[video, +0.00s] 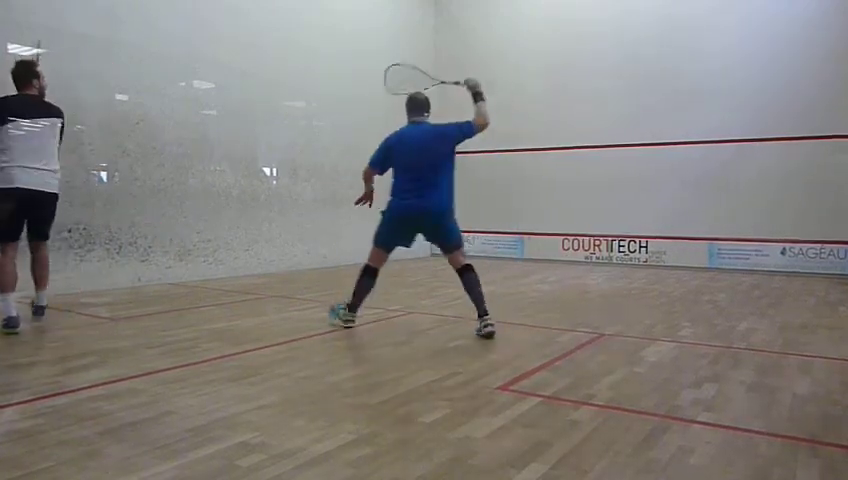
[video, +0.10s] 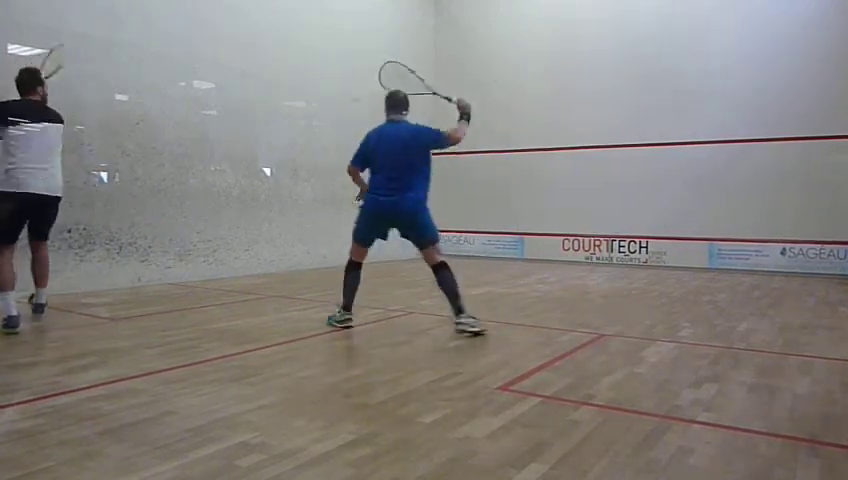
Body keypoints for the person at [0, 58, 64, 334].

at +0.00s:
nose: (44, 82)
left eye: (42, 77)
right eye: (42, 77)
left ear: (15, 83)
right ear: (35, 81)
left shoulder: (4, 106)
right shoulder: (55, 113)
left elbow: (3, 142)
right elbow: (55, 146)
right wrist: (42, 100)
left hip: (10, 187)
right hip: (46, 189)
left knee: (7, 250)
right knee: (40, 246)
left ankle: (9, 313)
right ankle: (40, 304)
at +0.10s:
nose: (45, 91)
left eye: (43, 86)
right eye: (44, 87)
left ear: (19, 89)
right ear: (39, 89)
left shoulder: (6, 110)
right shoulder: (55, 117)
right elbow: (52, 149)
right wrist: (42, 105)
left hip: (13, 190)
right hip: (49, 192)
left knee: (6, 250)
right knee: (40, 244)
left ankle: (10, 312)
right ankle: (40, 302)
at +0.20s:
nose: (48, 105)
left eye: (47, 101)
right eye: (47, 101)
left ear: (25, 101)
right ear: (46, 101)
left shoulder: (13, 119)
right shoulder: (58, 126)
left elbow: (2, 137)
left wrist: (7, 110)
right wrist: (15, 112)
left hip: (22, 195)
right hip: (57, 197)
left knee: (4, 250)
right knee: (40, 243)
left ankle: (9, 308)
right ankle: (42, 301)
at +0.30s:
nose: (32, 112)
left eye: (32, 110)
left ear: (31, 115)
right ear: (54, 118)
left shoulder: (22, 129)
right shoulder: (63, 141)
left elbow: (4, 160)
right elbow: (50, 177)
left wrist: (9, 176)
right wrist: (13, 176)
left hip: (30, 201)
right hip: (63, 206)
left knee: (1, 246)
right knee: (40, 246)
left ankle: (4, 301)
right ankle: (43, 301)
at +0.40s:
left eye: (39, 133)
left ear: (39, 134)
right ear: (60, 137)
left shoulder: (29, 148)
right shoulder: (72, 157)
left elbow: (15, 186)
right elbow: (69, 191)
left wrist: (13, 206)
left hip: (33, 209)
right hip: (66, 215)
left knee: (1, 246)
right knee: (43, 245)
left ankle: (5, 297)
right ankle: (44, 301)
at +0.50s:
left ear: (45, 142)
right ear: (67, 144)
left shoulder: (30, 157)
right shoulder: (81, 167)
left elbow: (11, 192)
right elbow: (81, 202)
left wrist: (2, 218)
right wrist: (75, 222)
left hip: (31, 214)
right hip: (65, 219)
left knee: (5, 264)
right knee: (51, 248)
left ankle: (17, 293)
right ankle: (45, 300)